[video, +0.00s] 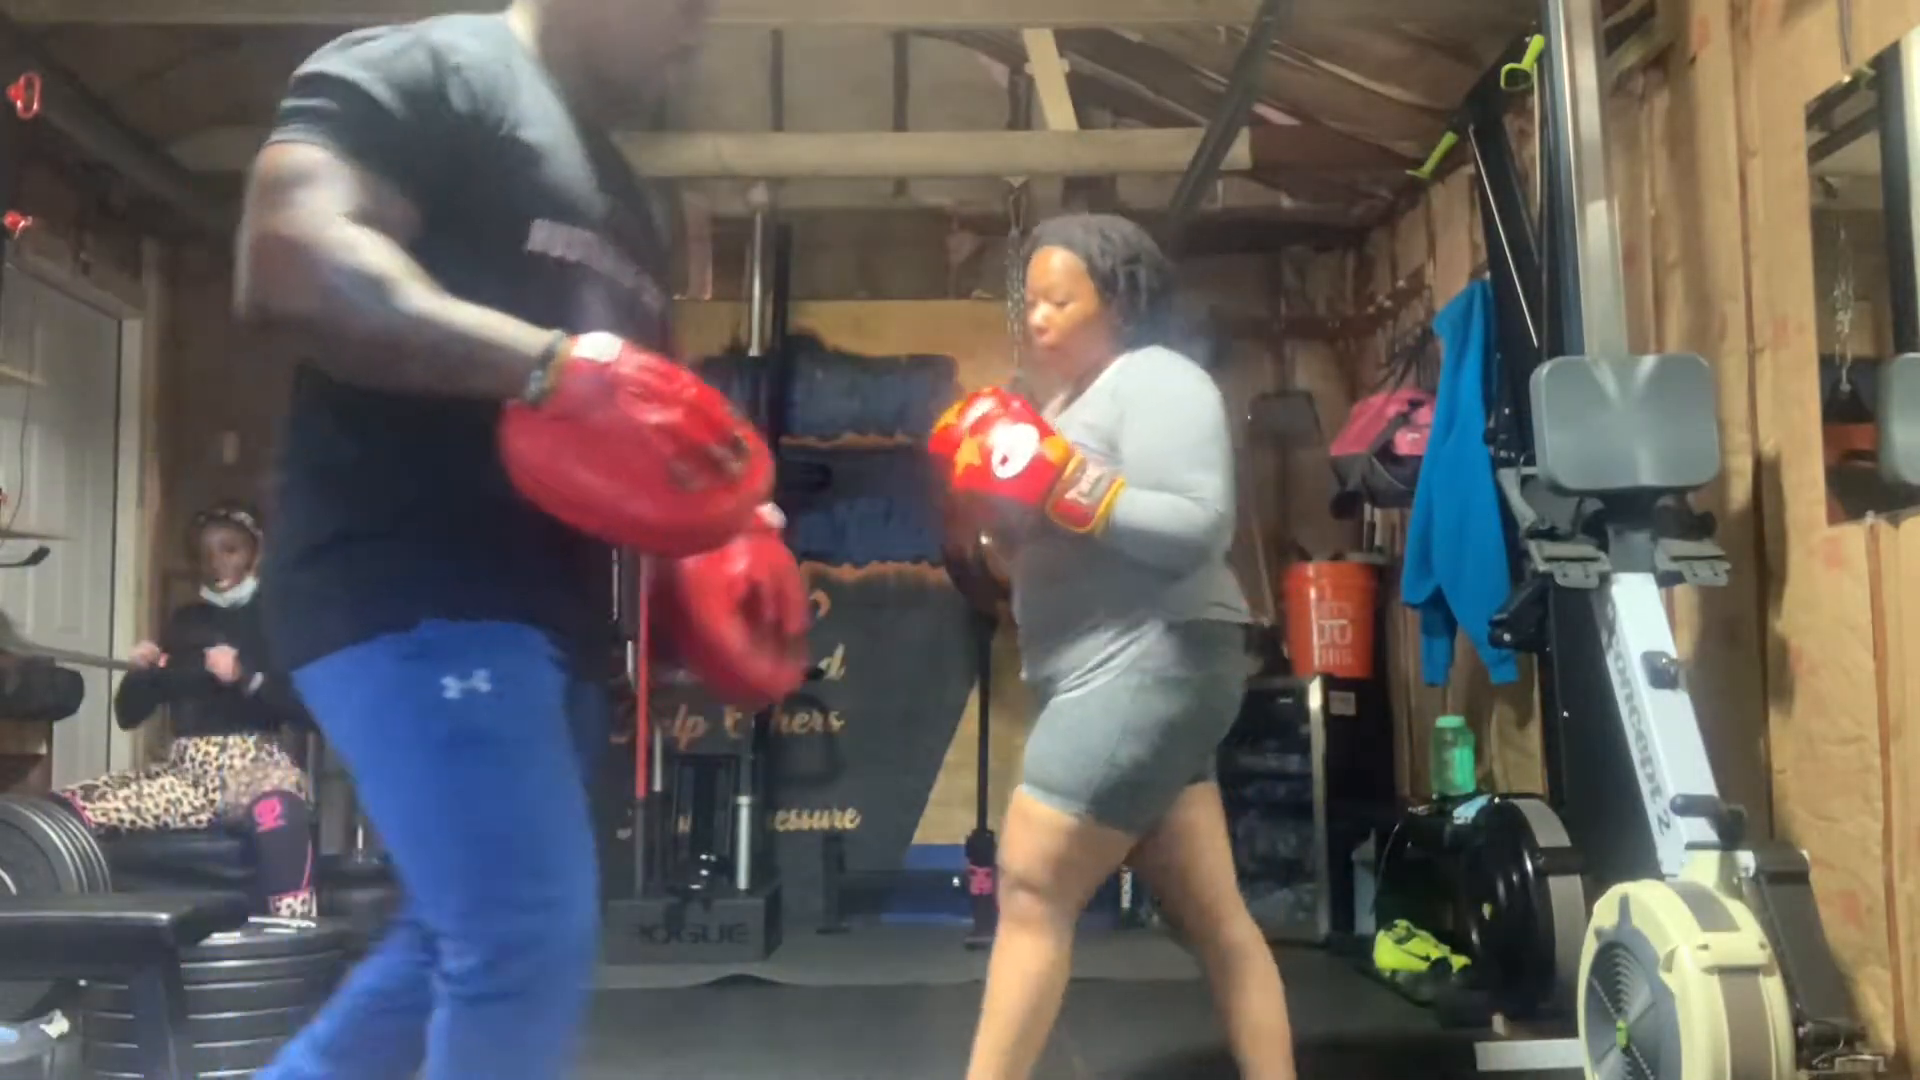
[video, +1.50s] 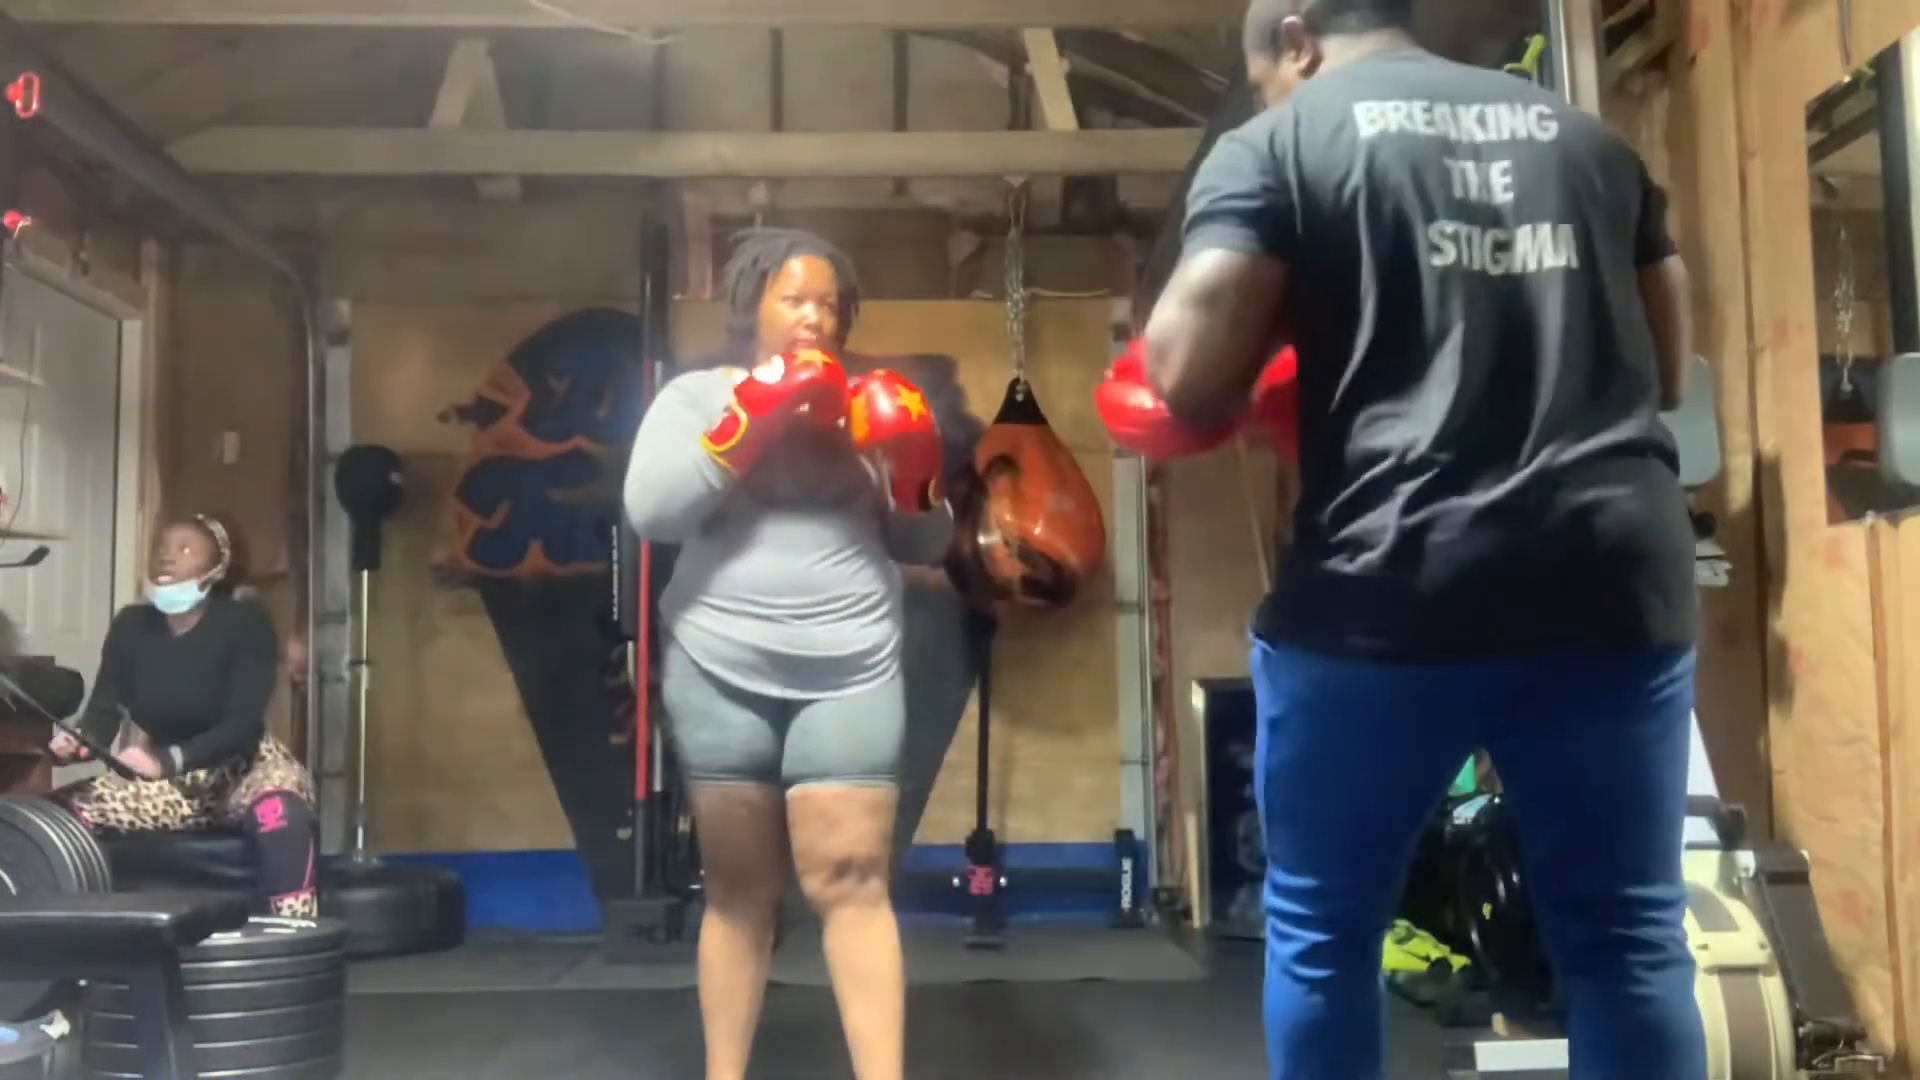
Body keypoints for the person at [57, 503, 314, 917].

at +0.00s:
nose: (218, 563)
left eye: (230, 550)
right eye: (209, 552)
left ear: (255, 554)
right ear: (199, 559)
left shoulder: (279, 613)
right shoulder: (186, 619)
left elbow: (307, 709)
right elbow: (129, 717)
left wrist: (246, 677)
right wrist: (139, 674)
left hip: (260, 771)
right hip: (185, 772)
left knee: (279, 814)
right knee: (64, 811)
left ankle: (295, 944)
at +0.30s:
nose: (216, 555)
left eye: (230, 544)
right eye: (206, 545)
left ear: (255, 554)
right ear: (193, 554)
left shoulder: (278, 607)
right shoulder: (174, 612)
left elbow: (281, 671)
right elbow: (102, 678)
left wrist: (194, 642)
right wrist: (108, 645)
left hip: (256, 771)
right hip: (184, 773)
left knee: (280, 812)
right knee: (67, 811)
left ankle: (294, 945)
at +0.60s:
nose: (237, 564)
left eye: (251, 554)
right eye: (226, 555)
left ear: (275, 563)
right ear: (213, 563)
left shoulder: (296, 619)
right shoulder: (190, 619)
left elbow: (304, 703)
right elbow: (128, 705)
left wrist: (236, 673)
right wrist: (128, 669)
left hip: (261, 769)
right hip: (186, 770)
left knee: (280, 813)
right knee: (65, 810)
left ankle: (293, 944)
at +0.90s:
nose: (230, 571)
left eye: (245, 560)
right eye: (219, 560)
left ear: (268, 565)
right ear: (207, 566)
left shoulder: (297, 621)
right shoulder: (191, 621)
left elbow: (327, 710)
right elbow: (141, 719)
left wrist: (257, 670)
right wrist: (148, 670)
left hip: (258, 770)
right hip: (182, 772)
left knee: (279, 814)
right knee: (62, 810)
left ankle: (291, 945)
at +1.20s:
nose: (196, 556)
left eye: (212, 546)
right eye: (188, 545)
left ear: (239, 556)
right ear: (178, 551)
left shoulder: (265, 608)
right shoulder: (151, 612)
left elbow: (271, 684)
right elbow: (93, 697)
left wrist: (192, 659)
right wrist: (93, 665)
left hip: (248, 772)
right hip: (168, 774)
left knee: (281, 813)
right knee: (61, 811)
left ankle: (294, 946)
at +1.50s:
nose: (166, 561)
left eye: (183, 551)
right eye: (161, 551)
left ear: (214, 568)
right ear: (150, 559)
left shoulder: (246, 623)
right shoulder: (132, 625)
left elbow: (243, 727)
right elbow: (103, 710)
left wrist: (168, 759)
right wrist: (81, 739)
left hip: (238, 778)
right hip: (156, 780)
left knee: (281, 811)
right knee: (54, 817)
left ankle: (295, 945)